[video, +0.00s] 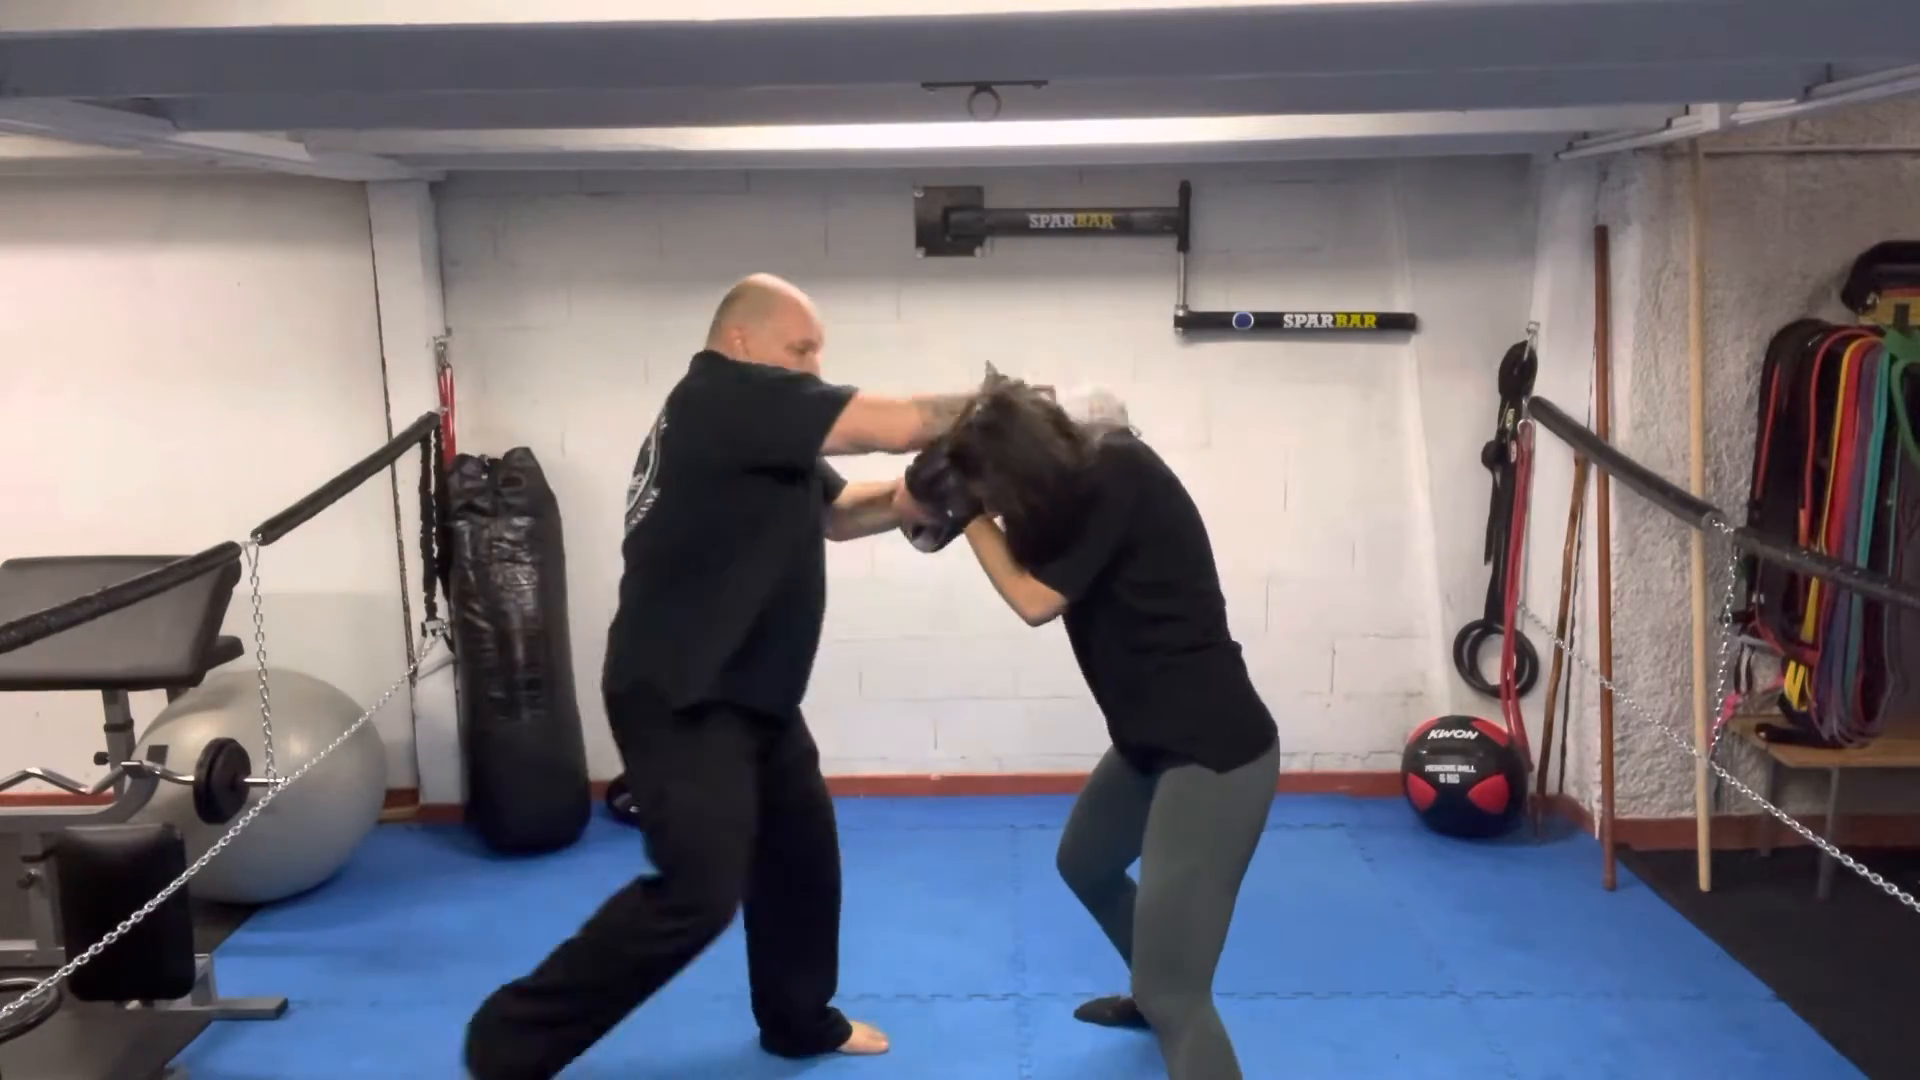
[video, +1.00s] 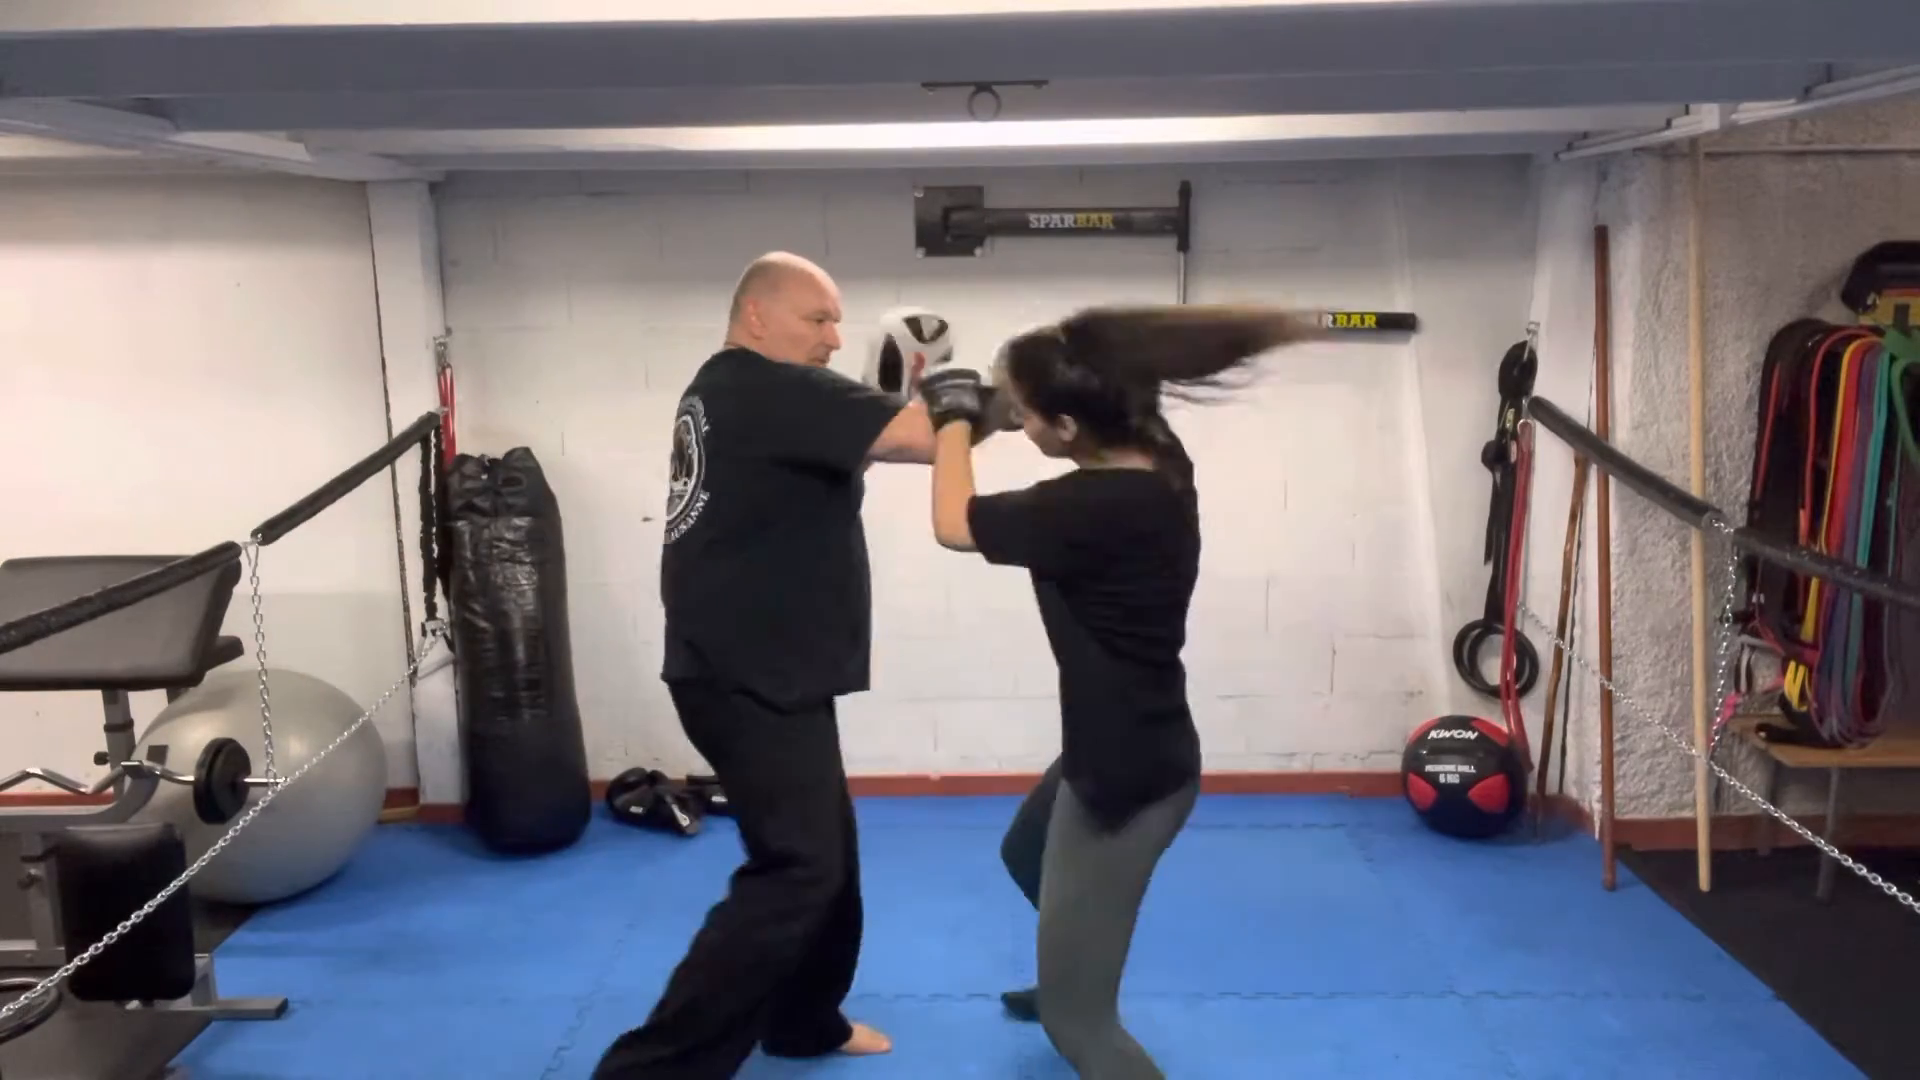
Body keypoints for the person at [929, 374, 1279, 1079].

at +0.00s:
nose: (1008, 513)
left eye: (1009, 499)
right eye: (999, 504)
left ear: (1035, 471)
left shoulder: (1120, 477)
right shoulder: (1082, 475)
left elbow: (1033, 599)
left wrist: (968, 515)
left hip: (1217, 757)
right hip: (1153, 745)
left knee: (1170, 991)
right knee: (1087, 862)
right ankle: (1160, 997)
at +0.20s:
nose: (998, 563)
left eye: (990, 556)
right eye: (985, 559)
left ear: (1003, 519)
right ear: (1002, 503)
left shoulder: (1067, 522)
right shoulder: (1080, 492)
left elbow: (1031, 681)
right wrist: (987, 630)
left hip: (1222, 769)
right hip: (1180, 750)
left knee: (1119, 991)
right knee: (1101, 851)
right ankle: (1157, 999)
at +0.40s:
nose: (995, 617)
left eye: (990, 607)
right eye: (980, 615)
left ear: (1010, 570)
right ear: (1007, 559)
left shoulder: (1093, 548)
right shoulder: (1050, 538)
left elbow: (1107, 701)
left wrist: (1018, 675)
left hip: (1240, 783)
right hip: (1165, 768)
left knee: (1131, 998)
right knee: (1087, 890)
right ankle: (1154, 1005)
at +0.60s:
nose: (1020, 606)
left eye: (1020, 597)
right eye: (1005, 602)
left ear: (1046, 570)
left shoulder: (1162, 556)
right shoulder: (1044, 531)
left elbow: (1187, 708)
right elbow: (998, 612)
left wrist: (1049, 692)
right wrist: (953, 679)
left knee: (1145, 998)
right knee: (1075, 907)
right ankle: (1149, 991)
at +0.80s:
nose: (1049, 505)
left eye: (1064, 495)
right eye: (1047, 489)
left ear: (1122, 488)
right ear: (1052, 470)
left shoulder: (1206, 519)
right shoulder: (1070, 485)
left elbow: (1180, 667)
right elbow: (939, 513)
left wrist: (1042, 606)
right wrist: (1031, 430)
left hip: (1191, 781)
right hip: (1104, 764)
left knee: (1107, 1009)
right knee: (1062, 902)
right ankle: (1153, 998)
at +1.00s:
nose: (1021, 424)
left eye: (1025, 413)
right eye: (1018, 411)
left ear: (1067, 425)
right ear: (1114, 402)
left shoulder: (1095, 506)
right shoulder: (1156, 466)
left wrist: (955, 423)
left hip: (1127, 779)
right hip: (1122, 751)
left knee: (1077, 1017)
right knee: (1027, 854)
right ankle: (1076, 988)